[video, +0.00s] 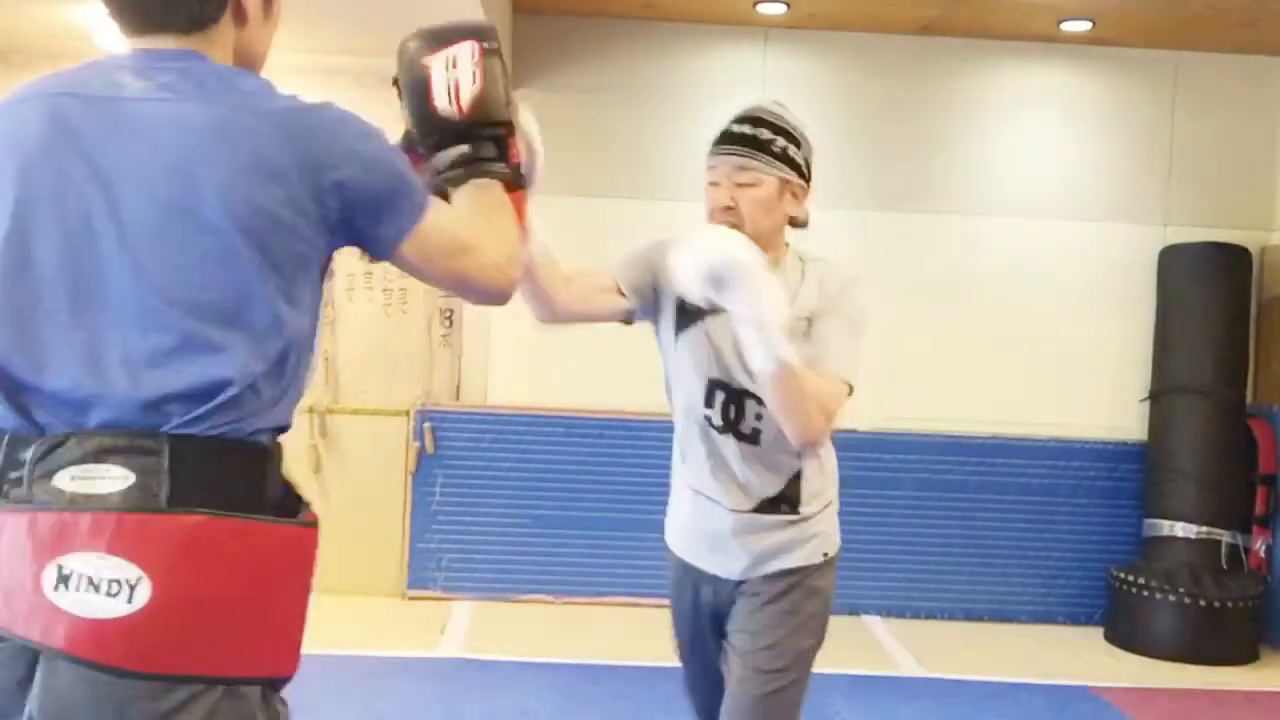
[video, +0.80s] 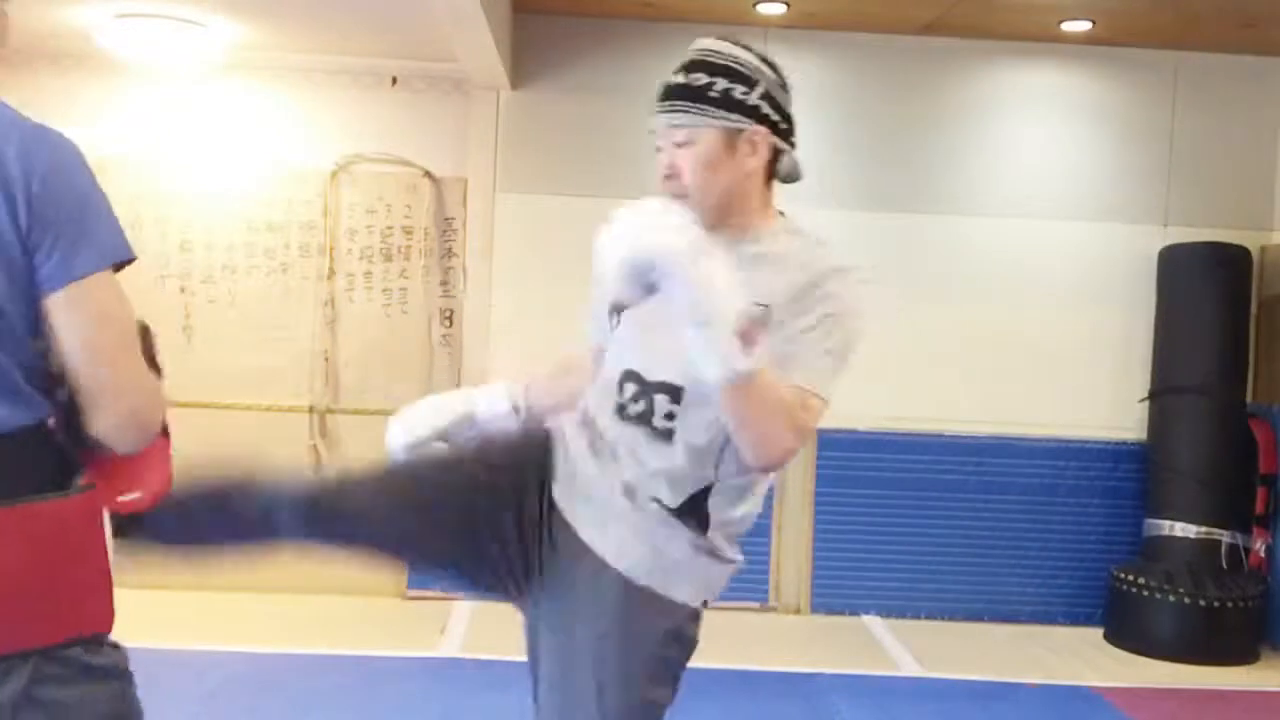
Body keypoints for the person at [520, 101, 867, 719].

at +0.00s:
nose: (724, 199)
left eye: (745, 183)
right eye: (714, 183)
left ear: (795, 196)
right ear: (701, 189)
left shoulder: (829, 289)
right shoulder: (677, 267)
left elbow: (809, 423)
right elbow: (556, 298)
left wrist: (750, 302)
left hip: (789, 560)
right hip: (694, 549)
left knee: (751, 711)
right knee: (710, 706)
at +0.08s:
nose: (711, 199)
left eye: (732, 180)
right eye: (701, 180)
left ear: (784, 188)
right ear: (690, 184)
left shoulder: (819, 282)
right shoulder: (676, 267)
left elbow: (802, 411)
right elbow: (563, 341)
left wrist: (733, 308)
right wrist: (535, 269)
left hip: (776, 559)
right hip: (683, 545)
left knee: (741, 711)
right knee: (686, 708)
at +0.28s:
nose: (661, 229)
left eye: (682, 210)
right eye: (654, 209)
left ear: (734, 218)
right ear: (645, 214)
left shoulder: (777, 321)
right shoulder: (646, 310)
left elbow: (844, 465)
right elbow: (567, 431)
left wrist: (770, 407)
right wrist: (573, 357)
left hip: (762, 588)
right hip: (678, 584)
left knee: (694, 710)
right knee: (691, 708)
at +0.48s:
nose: (702, 187)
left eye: (728, 169)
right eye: (695, 168)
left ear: (784, 187)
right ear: (683, 176)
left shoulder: (814, 327)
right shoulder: (650, 262)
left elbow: (892, 454)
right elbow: (535, 344)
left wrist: (972, 472)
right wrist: (470, 325)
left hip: (680, 593)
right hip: (583, 565)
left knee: (618, 709)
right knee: (567, 707)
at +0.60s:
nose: (755, 169)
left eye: (779, 149)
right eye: (740, 151)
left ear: (833, 164)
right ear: (726, 160)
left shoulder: (842, 284)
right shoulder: (673, 241)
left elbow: (891, 413)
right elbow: (540, 347)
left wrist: (833, 297)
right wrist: (416, 390)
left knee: (628, 708)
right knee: (346, 532)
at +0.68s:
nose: (804, 181)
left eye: (806, 163)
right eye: (791, 159)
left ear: (811, 175)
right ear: (727, 156)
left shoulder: (831, 294)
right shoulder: (663, 251)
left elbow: (829, 406)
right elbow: (543, 367)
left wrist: (764, 261)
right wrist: (411, 415)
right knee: (345, 442)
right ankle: (84, 453)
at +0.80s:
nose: (664, 163)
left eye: (686, 142)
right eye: (663, 142)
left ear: (759, 149)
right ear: (678, 147)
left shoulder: (816, 285)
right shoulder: (654, 231)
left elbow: (774, 443)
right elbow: (604, 372)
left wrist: (713, 315)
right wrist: (492, 402)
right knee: (323, 500)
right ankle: (107, 513)